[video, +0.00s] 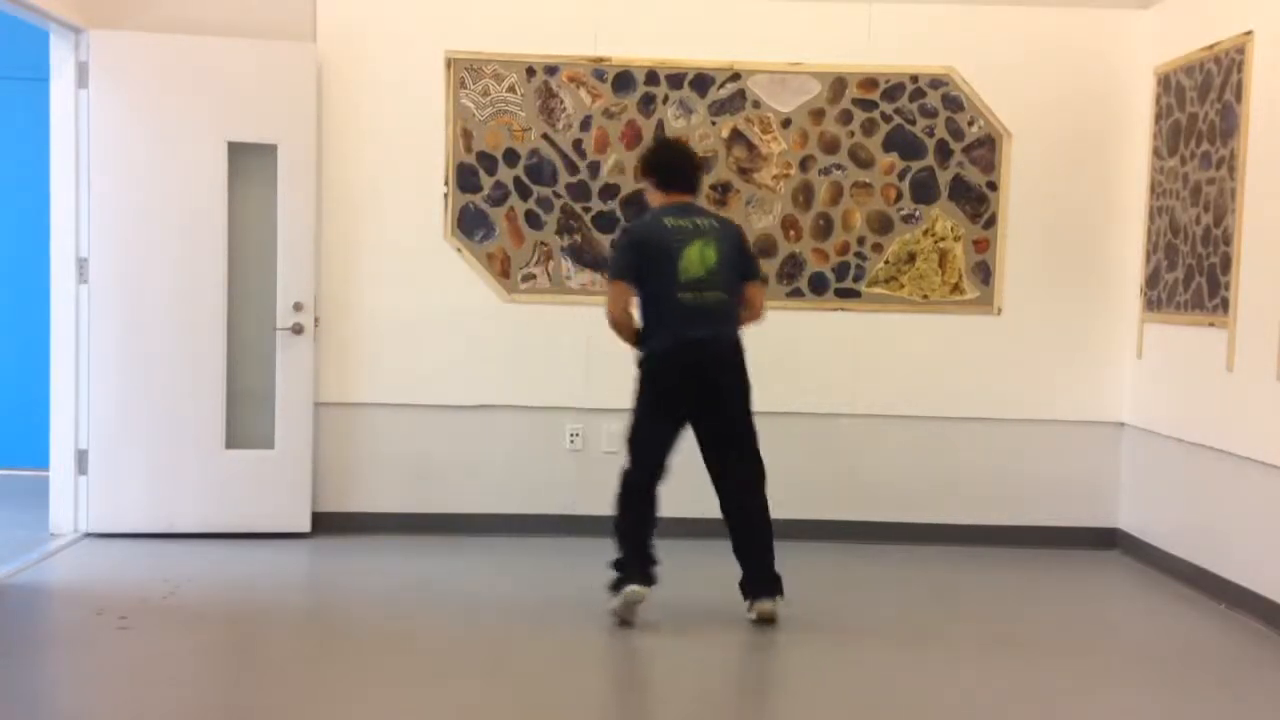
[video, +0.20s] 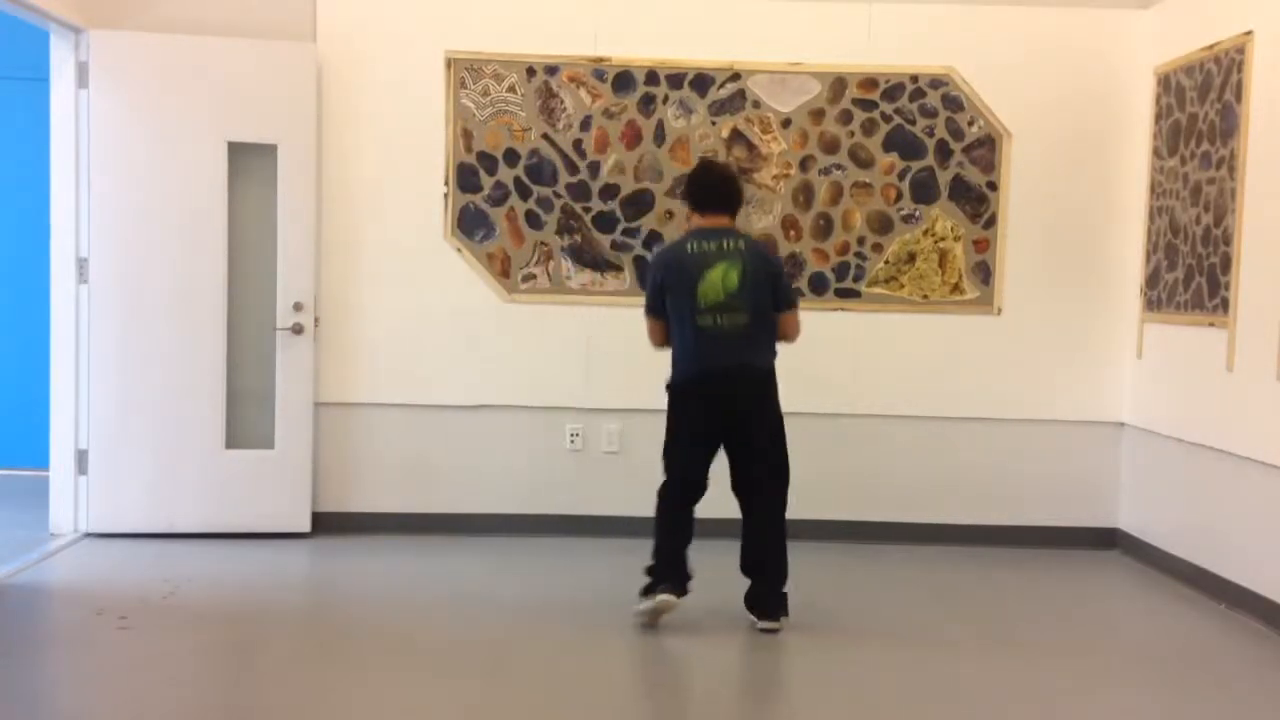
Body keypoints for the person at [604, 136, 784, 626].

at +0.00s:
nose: (643, 189)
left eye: (643, 182)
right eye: (646, 182)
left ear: (650, 183)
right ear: (695, 181)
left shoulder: (638, 234)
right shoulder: (727, 229)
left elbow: (618, 314)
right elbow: (754, 306)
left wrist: (644, 342)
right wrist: (710, 322)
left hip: (666, 368)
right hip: (723, 366)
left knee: (642, 472)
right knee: (740, 473)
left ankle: (635, 575)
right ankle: (762, 588)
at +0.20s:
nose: (692, 211)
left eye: (691, 203)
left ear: (689, 206)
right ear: (737, 205)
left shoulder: (667, 260)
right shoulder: (759, 257)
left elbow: (659, 335)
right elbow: (788, 329)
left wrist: (700, 320)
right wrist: (744, 320)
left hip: (693, 393)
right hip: (753, 392)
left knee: (680, 486)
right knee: (763, 493)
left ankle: (667, 581)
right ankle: (768, 604)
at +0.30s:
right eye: (749, 175)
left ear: (698, 178)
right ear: (747, 179)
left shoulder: (670, 234)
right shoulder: (766, 228)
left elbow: (659, 314)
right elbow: (791, 308)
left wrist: (700, 327)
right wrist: (754, 330)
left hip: (688, 364)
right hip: (749, 363)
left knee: (695, 468)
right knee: (759, 473)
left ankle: (693, 582)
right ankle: (763, 593)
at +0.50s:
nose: (759, 201)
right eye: (758, 194)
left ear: (707, 195)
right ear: (755, 199)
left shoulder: (674, 248)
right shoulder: (758, 250)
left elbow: (628, 314)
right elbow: (776, 333)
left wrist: (599, 372)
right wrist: (799, 399)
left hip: (684, 390)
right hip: (738, 389)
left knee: (721, 493)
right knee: (761, 497)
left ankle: (724, 599)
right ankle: (697, 581)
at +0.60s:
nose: (757, 188)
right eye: (756, 181)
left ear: (700, 187)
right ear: (749, 190)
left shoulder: (670, 239)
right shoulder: (756, 245)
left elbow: (612, 280)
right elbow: (773, 321)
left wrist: (559, 328)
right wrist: (790, 393)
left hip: (676, 381)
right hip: (727, 383)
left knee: (713, 492)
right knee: (726, 496)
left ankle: (724, 598)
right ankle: (665, 589)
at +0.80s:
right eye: (730, 175)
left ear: (675, 179)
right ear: (728, 180)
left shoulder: (651, 225)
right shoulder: (747, 238)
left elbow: (594, 283)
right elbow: (754, 316)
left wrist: (556, 315)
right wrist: (747, 394)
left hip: (639, 380)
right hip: (700, 388)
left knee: (625, 481)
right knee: (681, 505)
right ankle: (637, 613)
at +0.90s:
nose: (717, 196)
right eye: (715, 189)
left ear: (659, 194)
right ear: (712, 196)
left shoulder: (632, 247)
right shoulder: (728, 257)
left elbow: (594, 325)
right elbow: (739, 344)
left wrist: (609, 363)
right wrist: (740, 407)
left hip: (626, 396)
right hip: (688, 405)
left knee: (583, 486)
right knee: (677, 522)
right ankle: (629, 626)